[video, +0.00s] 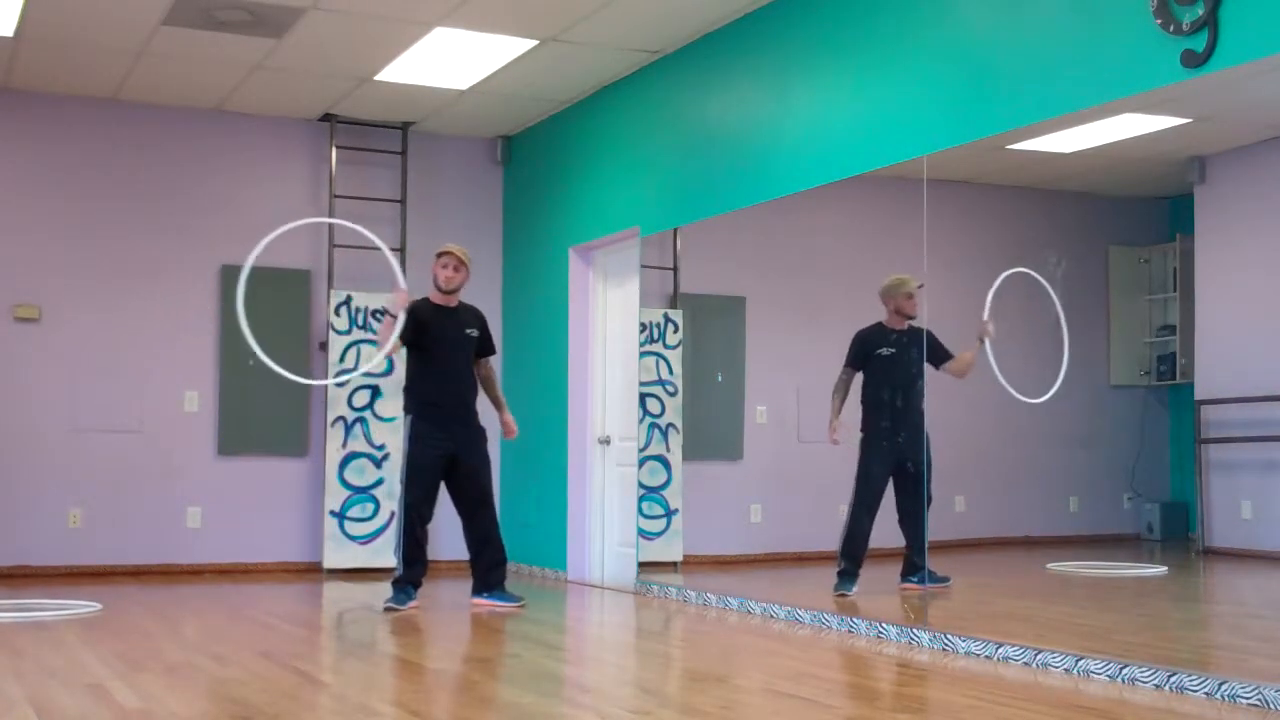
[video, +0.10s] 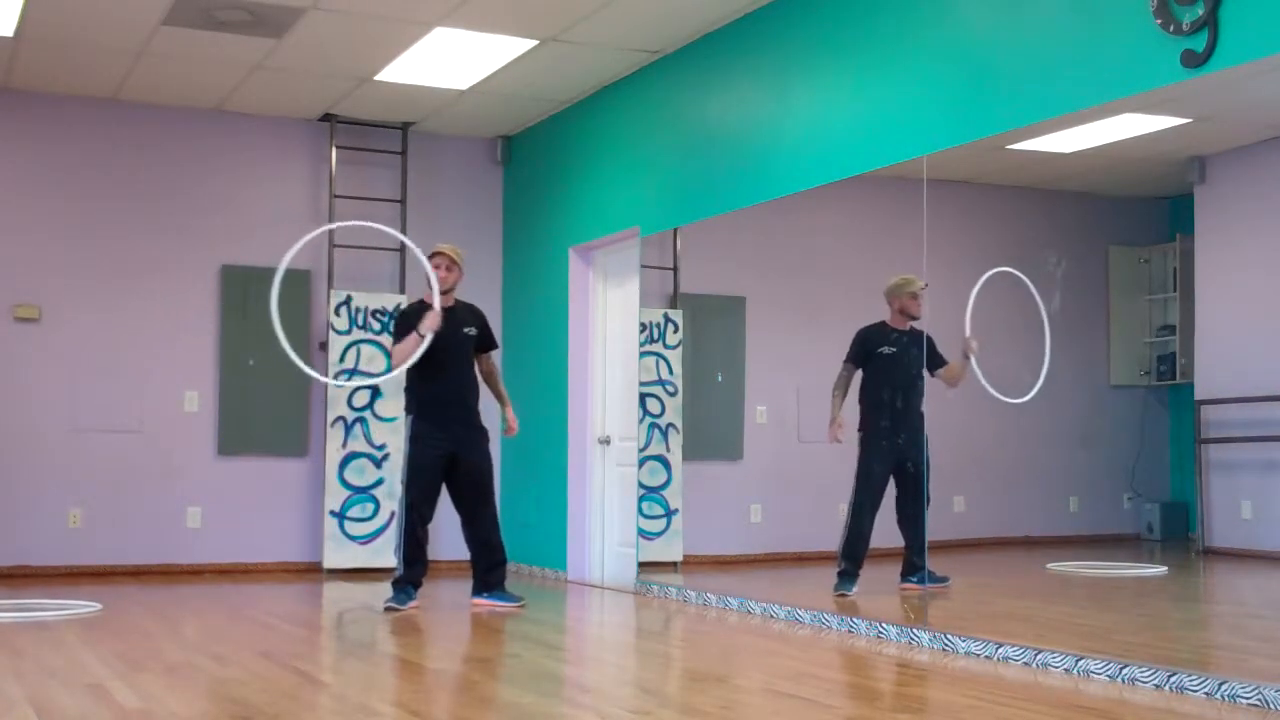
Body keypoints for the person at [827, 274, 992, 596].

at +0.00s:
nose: (916, 302)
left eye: (916, 296)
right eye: (909, 297)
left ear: (911, 301)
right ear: (890, 301)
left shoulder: (922, 338)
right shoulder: (866, 338)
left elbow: (959, 369)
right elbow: (845, 378)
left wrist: (981, 342)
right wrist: (835, 416)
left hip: (913, 437)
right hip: (877, 437)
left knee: (917, 506)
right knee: (865, 508)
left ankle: (915, 570)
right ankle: (847, 575)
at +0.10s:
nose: (920, 302)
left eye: (920, 297)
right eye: (914, 297)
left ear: (908, 303)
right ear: (895, 302)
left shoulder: (922, 341)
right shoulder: (869, 336)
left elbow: (951, 378)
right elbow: (845, 377)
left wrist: (966, 355)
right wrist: (836, 415)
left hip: (912, 436)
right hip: (877, 436)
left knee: (915, 505)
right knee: (864, 507)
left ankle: (915, 570)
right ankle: (848, 575)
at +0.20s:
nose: (922, 303)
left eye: (922, 298)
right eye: (915, 298)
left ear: (915, 303)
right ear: (896, 301)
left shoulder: (921, 341)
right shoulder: (868, 335)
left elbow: (945, 383)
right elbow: (844, 375)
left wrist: (952, 368)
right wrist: (837, 411)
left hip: (910, 432)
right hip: (875, 432)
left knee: (913, 504)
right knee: (862, 504)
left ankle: (915, 570)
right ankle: (845, 574)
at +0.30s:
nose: (918, 302)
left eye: (919, 297)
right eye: (912, 297)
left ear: (913, 303)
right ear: (893, 301)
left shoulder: (919, 341)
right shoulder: (865, 334)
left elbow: (936, 384)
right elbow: (840, 375)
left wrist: (939, 375)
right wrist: (837, 410)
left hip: (907, 433)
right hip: (872, 432)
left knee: (912, 504)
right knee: (858, 504)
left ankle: (914, 569)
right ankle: (841, 574)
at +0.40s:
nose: (911, 302)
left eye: (912, 297)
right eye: (904, 297)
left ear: (910, 302)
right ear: (886, 300)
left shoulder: (915, 339)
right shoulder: (860, 335)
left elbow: (931, 373)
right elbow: (837, 375)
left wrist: (928, 377)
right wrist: (835, 412)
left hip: (905, 433)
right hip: (868, 433)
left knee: (910, 506)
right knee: (855, 506)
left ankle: (913, 572)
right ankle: (840, 575)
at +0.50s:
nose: (903, 301)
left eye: (904, 295)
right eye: (896, 295)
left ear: (905, 299)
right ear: (880, 300)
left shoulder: (913, 337)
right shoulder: (857, 337)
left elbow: (927, 374)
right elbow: (836, 378)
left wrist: (922, 387)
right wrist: (834, 416)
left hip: (906, 432)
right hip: (869, 432)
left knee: (911, 504)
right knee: (856, 504)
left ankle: (914, 572)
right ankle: (840, 575)